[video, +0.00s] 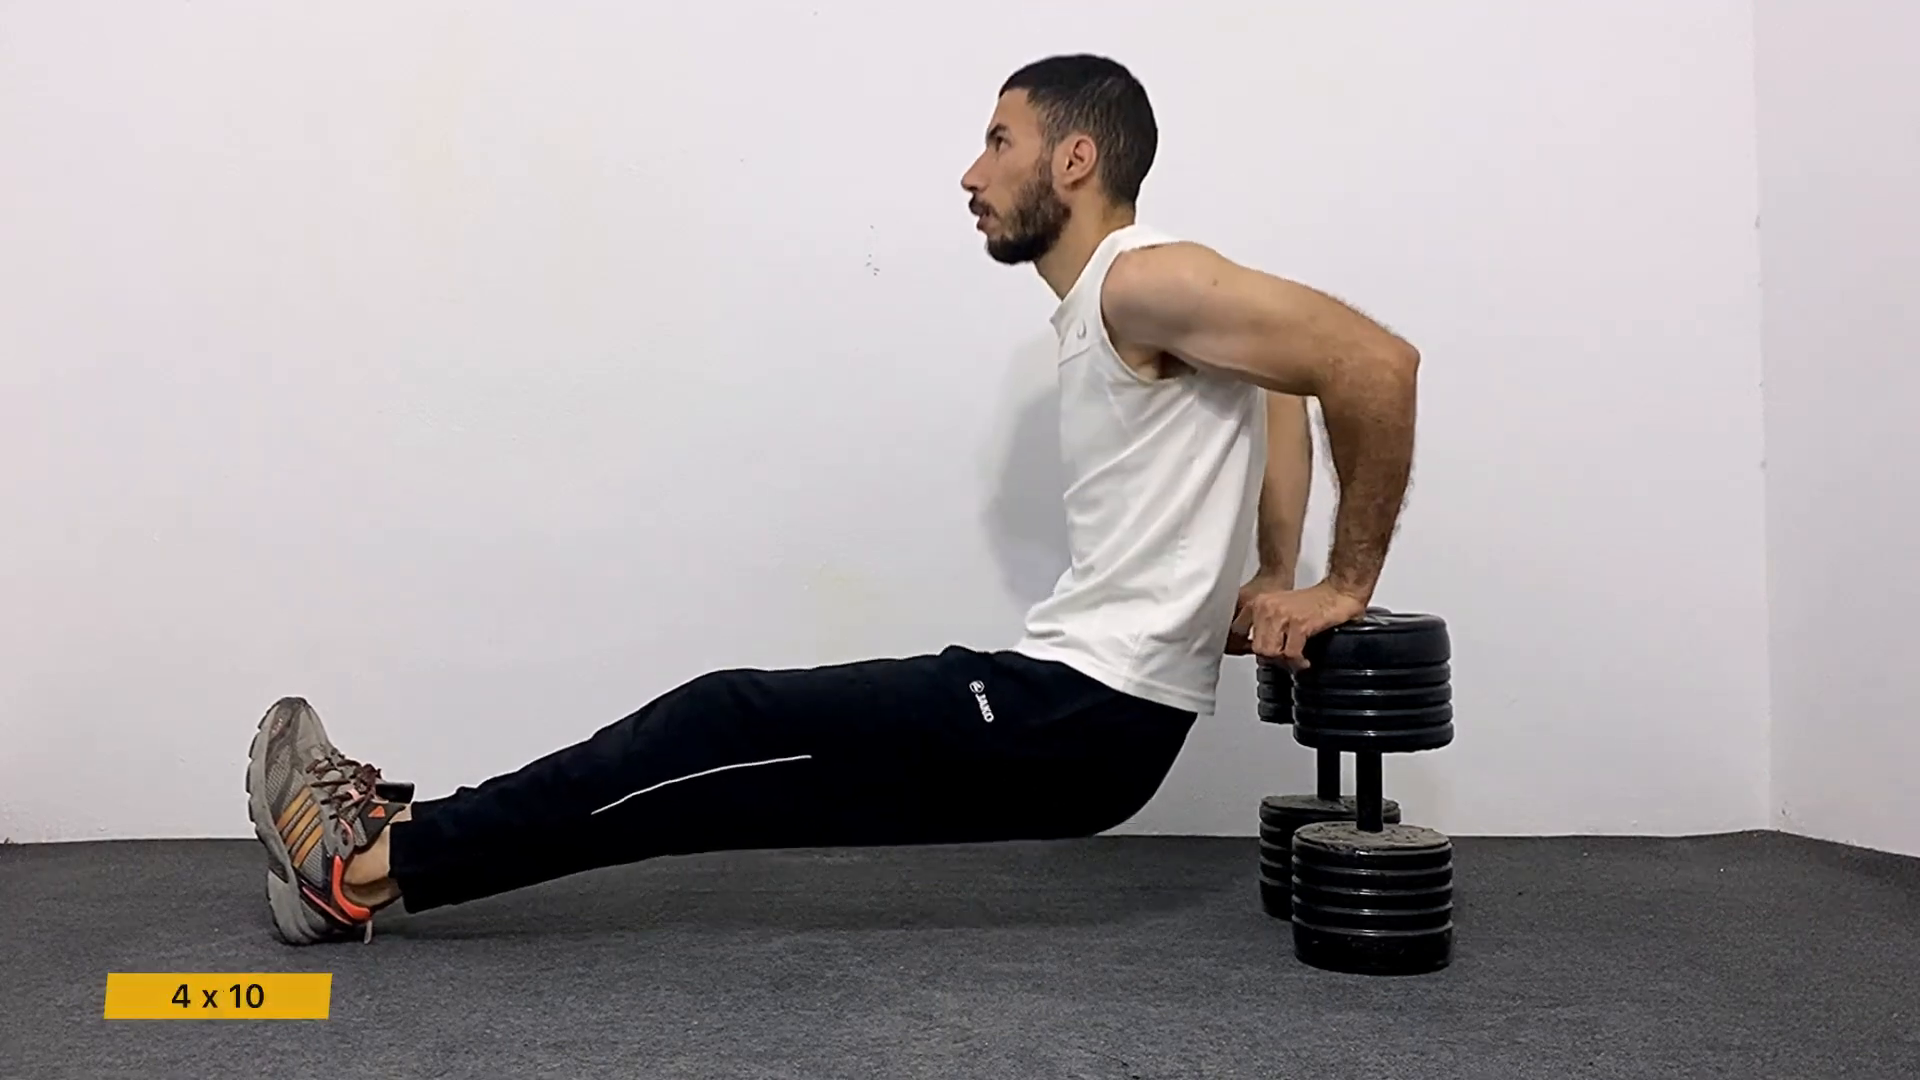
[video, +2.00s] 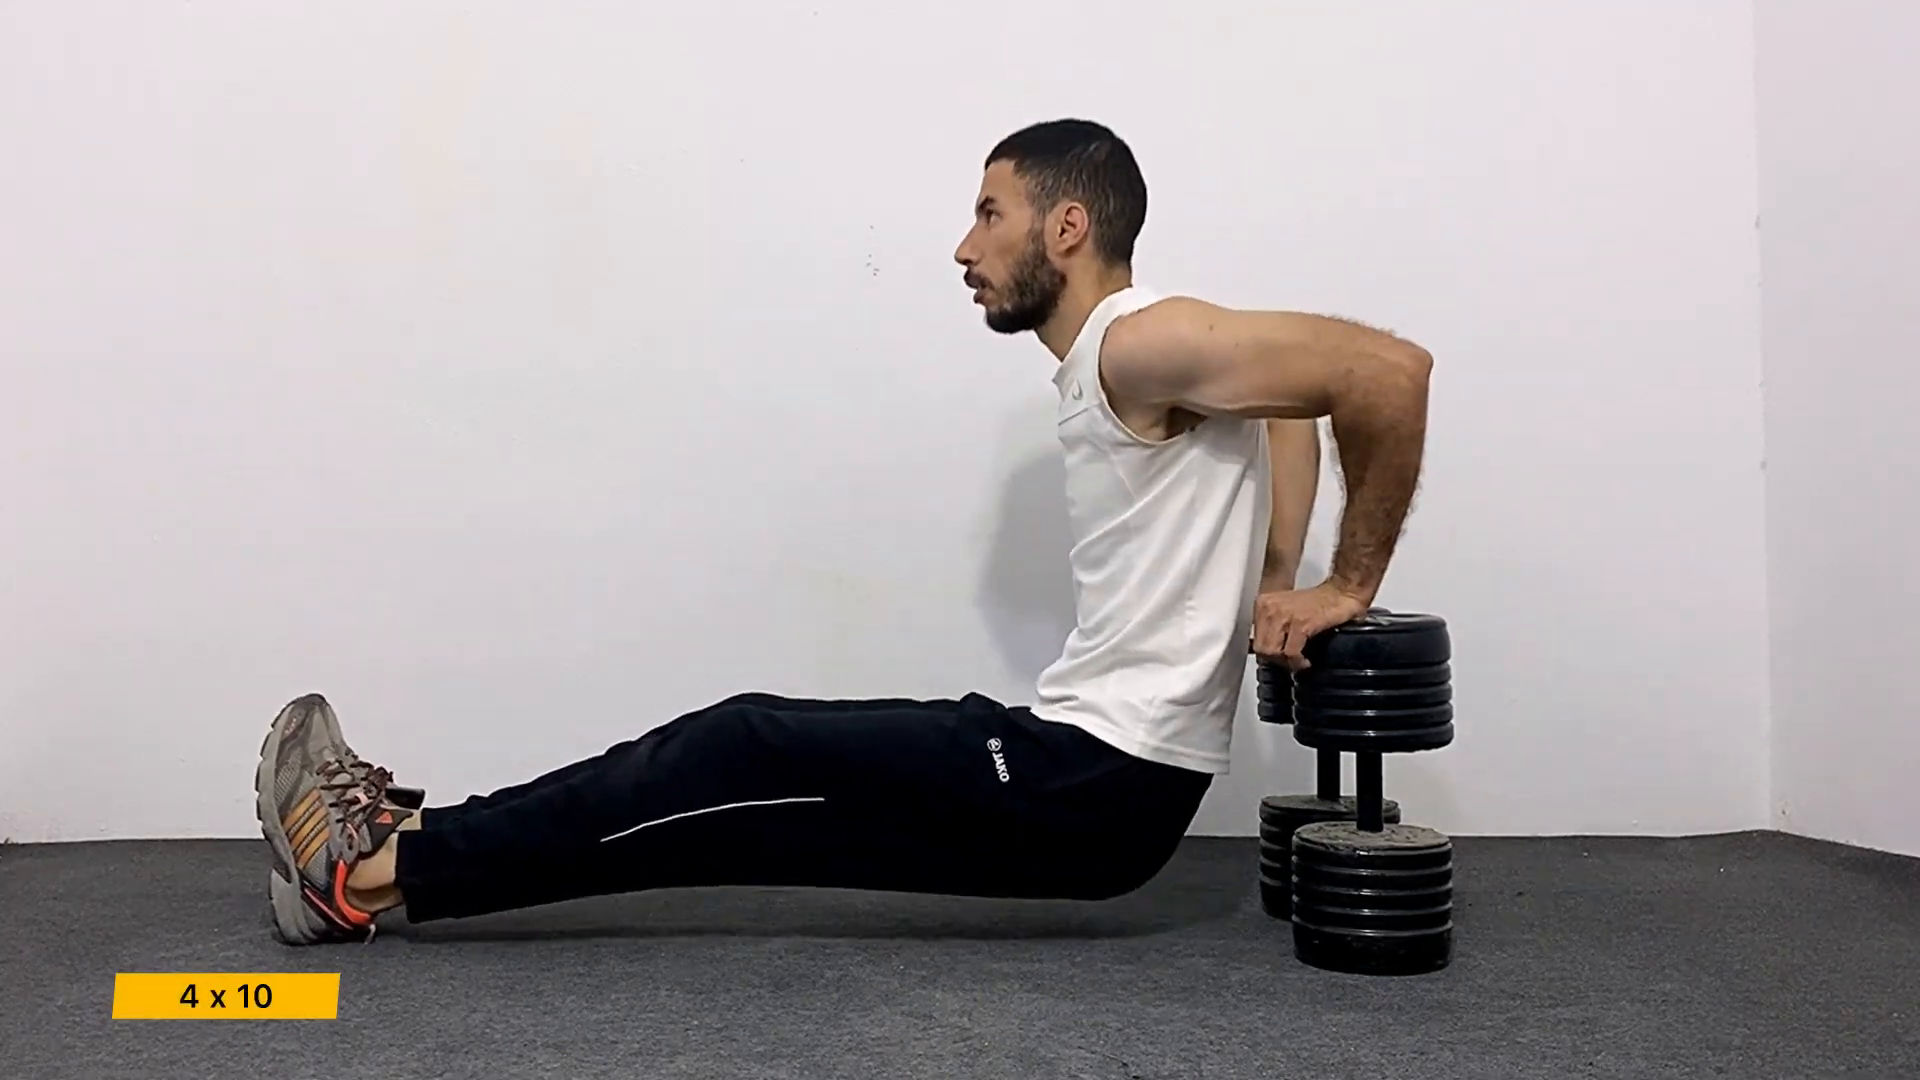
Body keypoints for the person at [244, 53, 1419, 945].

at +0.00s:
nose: (972, 169)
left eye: (996, 142)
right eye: (981, 142)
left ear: (1080, 158)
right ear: (1081, 164)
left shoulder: (1143, 288)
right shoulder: (1120, 296)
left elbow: (1375, 364)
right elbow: (1288, 382)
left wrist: (1348, 586)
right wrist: (1274, 577)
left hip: (1087, 710)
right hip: (1072, 699)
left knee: (721, 725)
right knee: (717, 740)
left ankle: (381, 868)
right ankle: (403, 844)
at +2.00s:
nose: (964, 248)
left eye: (987, 216)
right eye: (973, 219)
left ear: (1074, 227)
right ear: (1077, 228)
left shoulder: (1136, 345)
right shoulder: (1126, 345)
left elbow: (1391, 375)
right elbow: (1295, 391)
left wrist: (1355, 585)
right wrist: (1279, 575)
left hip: (1097, 776)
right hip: (1078, 760)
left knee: (741, 742)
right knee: (736, 795)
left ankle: (386, 869)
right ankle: (416, 848)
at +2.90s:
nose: (1017, 47)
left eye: (1039, 15)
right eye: (1022, 19)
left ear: (1123, 21)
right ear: (1107, 29)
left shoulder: (1187, 148)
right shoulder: (1148, 167)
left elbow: (1318, 350)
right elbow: (1246, 378)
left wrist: (1347, 581)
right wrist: (1263, 572)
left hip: (1068, 591)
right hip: (1048, 576)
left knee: (725, 714)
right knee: (719, 701)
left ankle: (381, 875)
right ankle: (415, 843)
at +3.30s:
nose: (1012, 97)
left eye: (1037, 68)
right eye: (1019, 70)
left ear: (1119, 82)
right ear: (1105, 89)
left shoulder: (1183, 207)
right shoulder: (1139, 234)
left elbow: (1368, 357)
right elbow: (1281, 402)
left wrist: (1349, 586)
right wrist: (1274, 578)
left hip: (1087, 648)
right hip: (1062, 634)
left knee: (730, 733)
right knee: (726, 721)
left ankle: (389, 874)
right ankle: (411, 848)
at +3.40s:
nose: (999, 144)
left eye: (1023, 113)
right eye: (1007, 115)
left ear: (1111, 123)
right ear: (1106, 129)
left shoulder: (1172, 246)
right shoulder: (1140, 263)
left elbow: (1387, 365)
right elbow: (1298, 403)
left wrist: (1351, 587)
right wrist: (1274, 582)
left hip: (1093, 687)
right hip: (1071, 671)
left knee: (730, 743)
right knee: (729, 736)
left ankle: (382, 881)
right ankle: (407, 849)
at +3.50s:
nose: (992, 181)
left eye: (1013, 149)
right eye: (998, 152)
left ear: (1100, 159)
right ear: (1103, 164)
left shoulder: (1163, 286)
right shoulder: (1138, 294)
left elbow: (1395, 368)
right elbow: (1302, 374)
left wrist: (1354, 586)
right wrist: (1281, 572)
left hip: (1101, 720)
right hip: (1077, 702)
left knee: (737, 749)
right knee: (735, 745)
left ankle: (390, 871)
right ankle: (408, 854)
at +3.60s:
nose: (982, 212)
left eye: (1004, 182)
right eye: (989, 185)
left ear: (1092, 193)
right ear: (1092, 196)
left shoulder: (1155, 314)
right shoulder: (1127, 315)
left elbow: (1401, 373)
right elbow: (1302, 380)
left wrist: (1352, 590)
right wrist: (1278, 570)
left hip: (1105, 747)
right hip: (1077, 725)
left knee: (737, 746)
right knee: (734, 755)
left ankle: (381, 878)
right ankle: (412, 846)